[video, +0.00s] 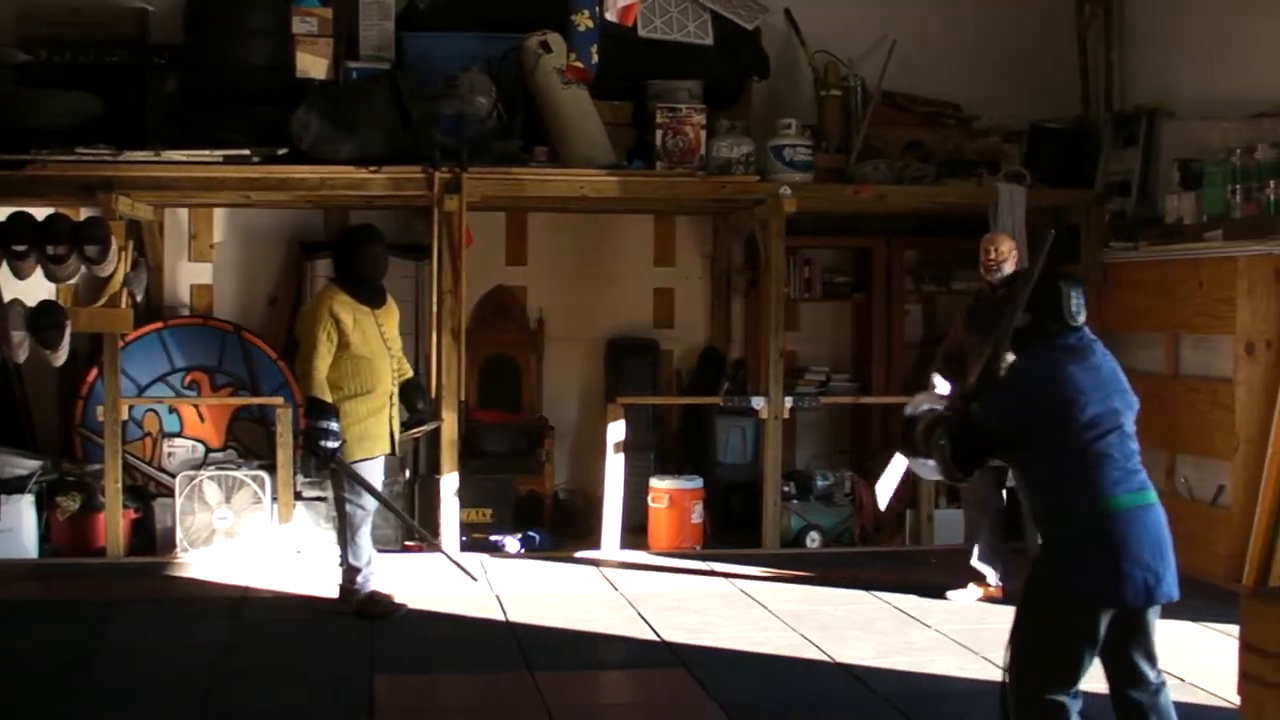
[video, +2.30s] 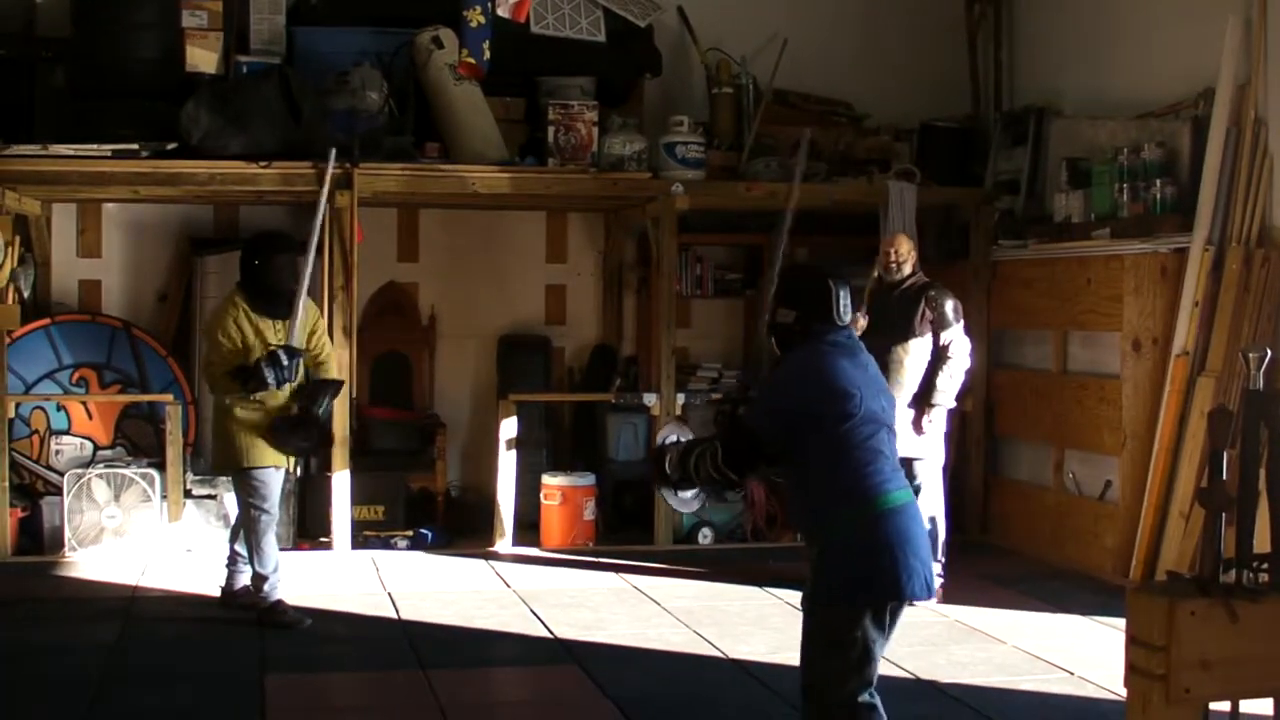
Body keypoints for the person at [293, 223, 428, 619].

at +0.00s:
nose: (382, 264)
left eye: (383, 255)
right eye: (374, 256)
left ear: (383, 258)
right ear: (352, 259)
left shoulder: (386, 305)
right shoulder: (327, 305)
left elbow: (395, 357)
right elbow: (314, 368)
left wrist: (414, 396)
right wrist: (322, 425)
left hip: (381, 423)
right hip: (351, 427)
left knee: (366, 502)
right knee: (360, 504)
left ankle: (354, 580)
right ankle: (358, 586)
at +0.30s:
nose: (350, 265)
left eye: (350, 257)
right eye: (341, 257)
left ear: (351, 260)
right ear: (318, 261)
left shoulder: (353, 306)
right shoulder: (292, 304)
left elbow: (364, 359)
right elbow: (274, 365)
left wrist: (380, 398)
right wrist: (276, 420)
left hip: (346, 419)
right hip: (314, 422)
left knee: (328, 500)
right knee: (329, 501)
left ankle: (316, 580)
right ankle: (324, 587)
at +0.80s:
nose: (305, 269)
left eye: (306, 261)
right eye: (295, 262)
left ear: (307, 265)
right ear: (270, 266)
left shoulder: (310, 308)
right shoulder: (245, 309)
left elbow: (319, 363)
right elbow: (223, 373)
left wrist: (332, 403)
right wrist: (218, 432)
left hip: (300, 430)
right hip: (265, 432)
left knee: (279, 511)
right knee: (279, 513)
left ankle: (258, 586)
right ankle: (280, 595)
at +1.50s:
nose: (291, 276)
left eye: (294, 268)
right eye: (283, 268)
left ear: (295, 268)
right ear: (259, 271)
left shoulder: (299, 308)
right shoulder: (236, 313)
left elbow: (331, 342)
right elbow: (244, 365)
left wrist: (343, 386)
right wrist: (263, 407)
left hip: (277, 418)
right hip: (240, 419)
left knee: (253, 504)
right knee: (258, 507)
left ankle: (230, 583)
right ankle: (262, 596)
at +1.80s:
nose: (296, 277)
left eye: (297, 269)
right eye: (288, 269)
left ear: (296, 271)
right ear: (264, 271)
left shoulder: (297, 303)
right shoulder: (240, 309)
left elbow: (331, 320)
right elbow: (252, 345)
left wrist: (366, 331)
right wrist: (291, 355)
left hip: (281, 428)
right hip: (247, 427)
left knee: (259, 508)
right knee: (260, 510)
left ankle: (237, 583)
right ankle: (268, 596)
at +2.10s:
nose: (293, 277)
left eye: (295, 268)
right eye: (284, 268)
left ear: (298, 267)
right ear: (260, 269)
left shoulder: (302, 304)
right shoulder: (235, 314)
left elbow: (334, 339)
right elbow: (242, 380)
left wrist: (346, 360)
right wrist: (288, 370)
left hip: (284, 428)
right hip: (249, 428)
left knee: (260, 507)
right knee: (263, 509)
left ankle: (236, 584)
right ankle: (267, 594)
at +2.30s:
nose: (295, 275)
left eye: (296, 266)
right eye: (285, 267)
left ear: (297, 267)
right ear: (258, 270)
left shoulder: (306, 312)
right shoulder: (231, 316)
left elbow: (324, 359)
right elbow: (218, 379)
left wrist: (319, 398)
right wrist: (255, 377)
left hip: (288, 425)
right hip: (248, 425)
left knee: (261, 504)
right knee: (264, 506)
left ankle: (237, 582)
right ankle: (268, 594)